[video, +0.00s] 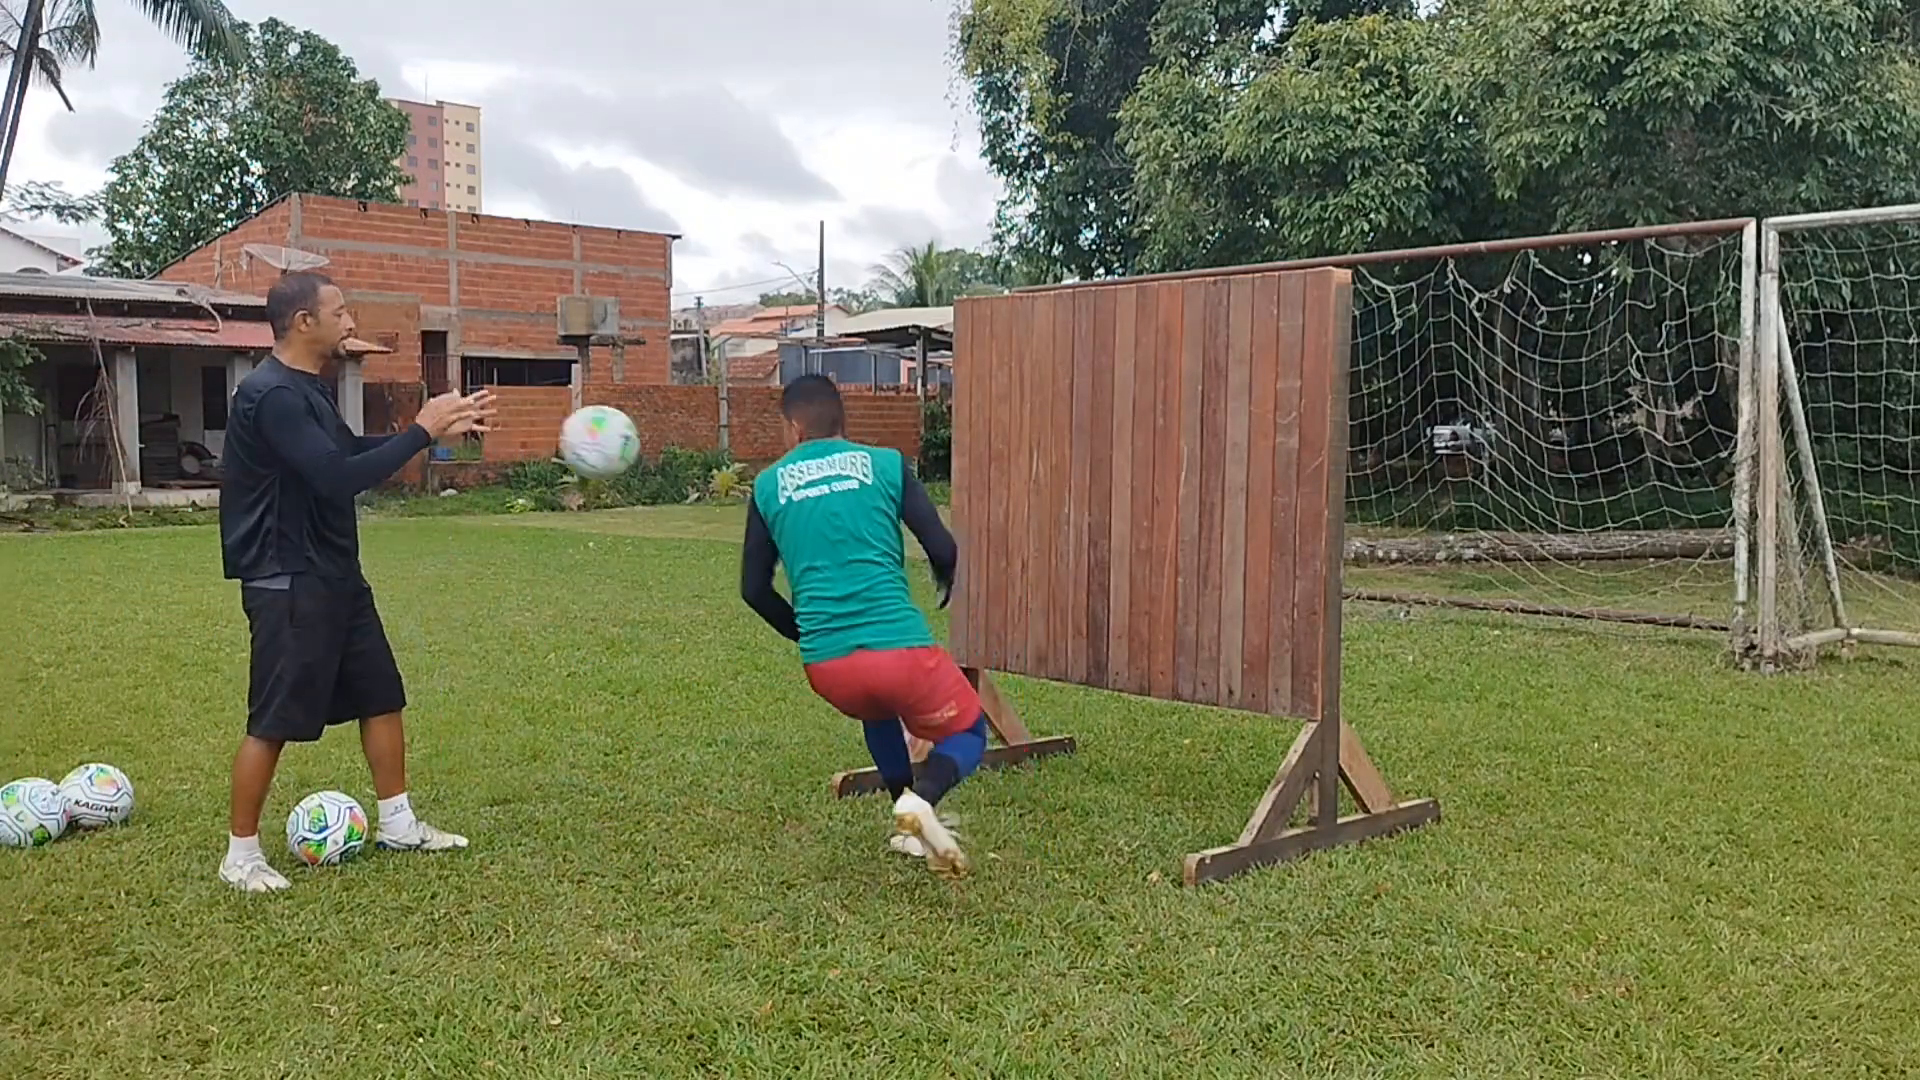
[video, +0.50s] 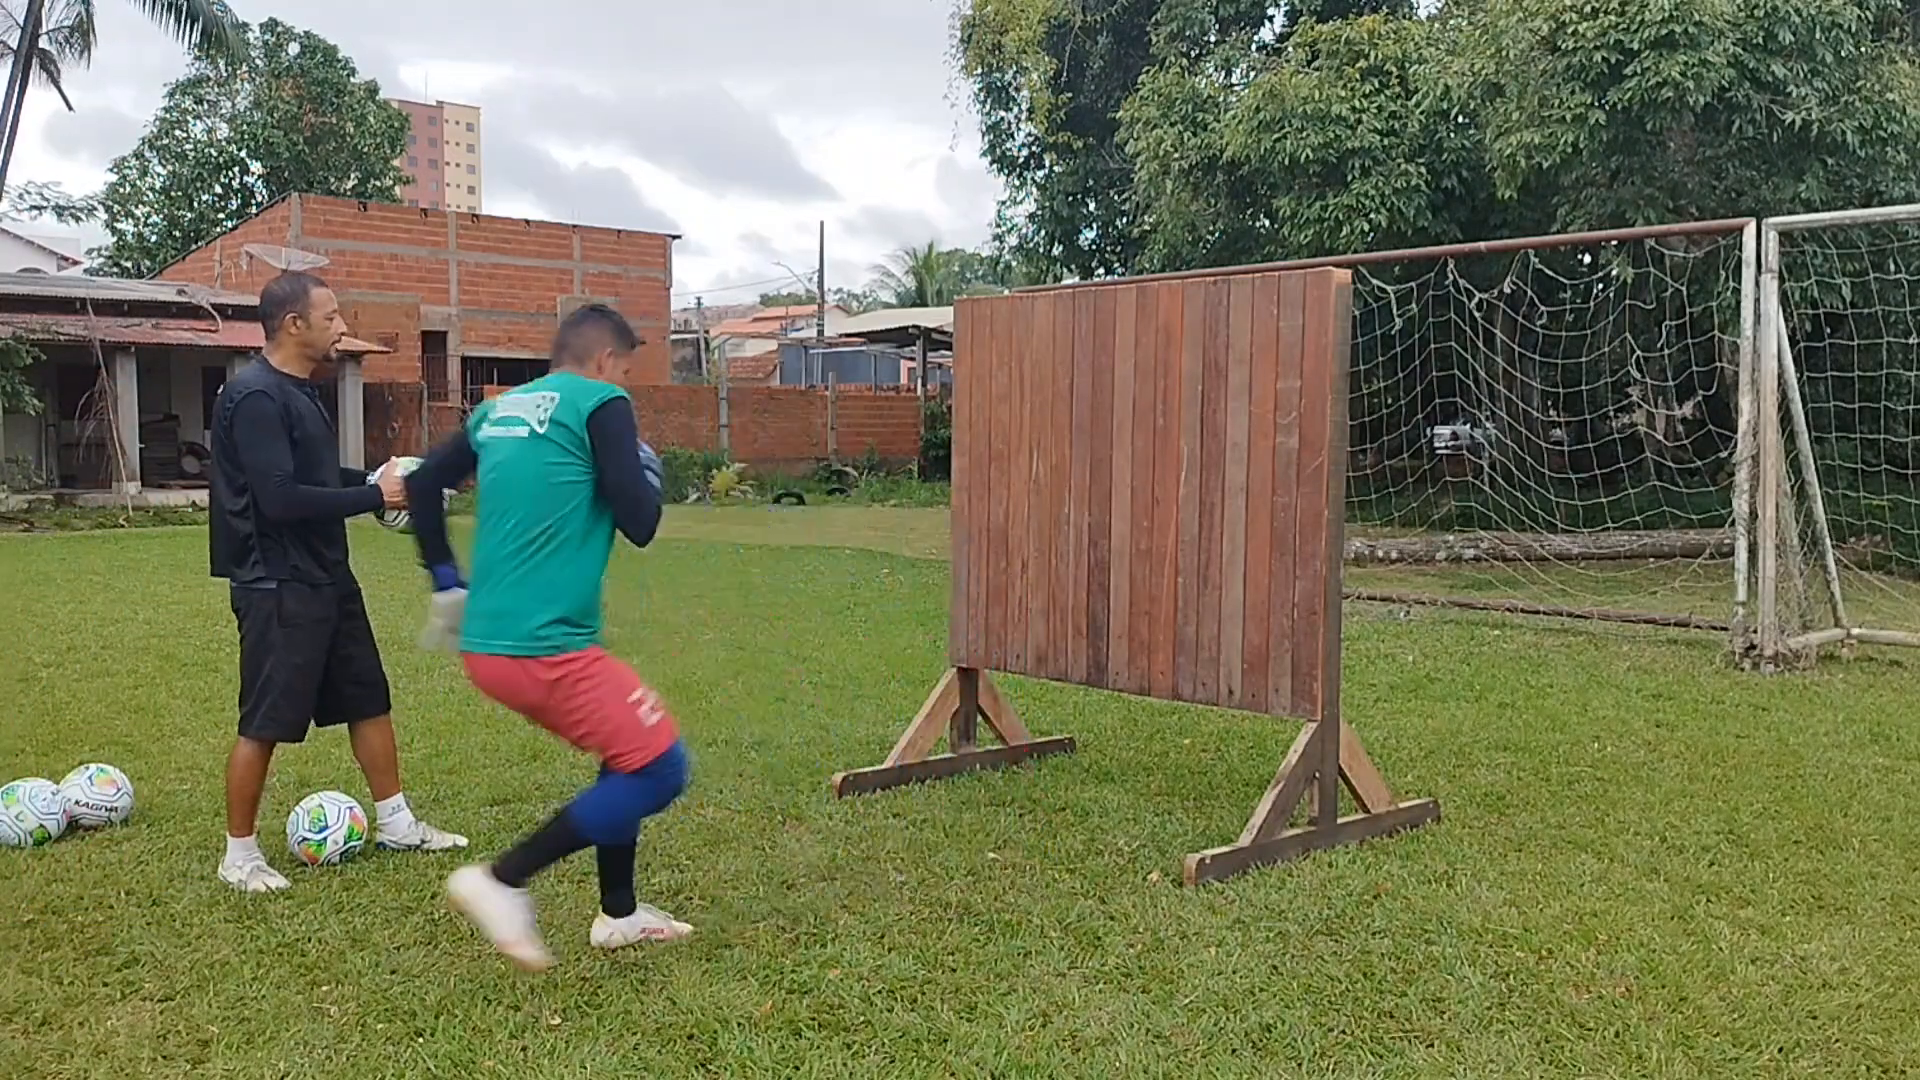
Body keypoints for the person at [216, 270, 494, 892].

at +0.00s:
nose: (351, 323)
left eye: (348, 311)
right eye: (340, 313)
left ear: (305, 323)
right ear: (303, 323)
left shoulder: (308, 387)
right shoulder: (274, 395)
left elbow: (352, 456)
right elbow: (338, 478)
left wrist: (431, 430)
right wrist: (421, 430)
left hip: (336, 578)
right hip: (286, 583)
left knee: (381, 696)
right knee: (273, 719)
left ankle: (398, 825)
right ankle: (241, 856)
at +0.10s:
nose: (344, 323)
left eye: (341, 311)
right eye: (333, 312)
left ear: (296, 321)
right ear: (296, 322)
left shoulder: (304, 386)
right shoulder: (269, 390)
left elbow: (344, 459)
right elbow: (342, 466)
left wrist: (419, 433)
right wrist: (424, 425)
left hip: (333, 576)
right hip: (284, 581)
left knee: (373, 697)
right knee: (271, 718)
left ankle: (396, 823)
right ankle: (241, 856)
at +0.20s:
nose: (343, 323)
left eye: (339, 311)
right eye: (331, 313)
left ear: (292, 324)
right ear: (293, 324)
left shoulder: (297, 386)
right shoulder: (273, 393)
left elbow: (331, 470)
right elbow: (331, 478)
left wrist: (397, 445)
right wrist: (404, 447)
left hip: (330, 580)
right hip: (285, 585)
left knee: (367, 701)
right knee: (270, 722)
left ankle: (396, 823)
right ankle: (241, 856)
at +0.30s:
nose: (342, 325)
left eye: (338, 313)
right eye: (331, 314)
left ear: (291, 324)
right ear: (293, 324)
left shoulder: (293, 387)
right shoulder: (270, 395)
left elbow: (319, 482)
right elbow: (309, 490)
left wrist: (386, 470)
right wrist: (385, 468)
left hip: (325, 581)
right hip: (283, 586)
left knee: (364, 701)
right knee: (269, 722)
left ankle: (395, 824)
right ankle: (241, 856)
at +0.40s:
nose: (342, 325)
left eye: (338, 314)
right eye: (331, 315)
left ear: (293, 325)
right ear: (292, 325)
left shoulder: (296, 391)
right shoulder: (264, 396)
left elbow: (316, 488)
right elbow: (297, 496)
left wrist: (382, 488)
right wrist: (380, 479)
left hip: (324, 581)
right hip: (279, 586)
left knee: (363, 702)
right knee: (266, 723)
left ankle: (396, 824)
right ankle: (240, 855)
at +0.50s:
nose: (342, 327)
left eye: (339, 315)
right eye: (331, 316)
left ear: (295, 326)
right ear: (291, 325)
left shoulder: (301, 392)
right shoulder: (255, 397)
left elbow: (316, 481)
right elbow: (278, 499)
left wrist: (376, 481)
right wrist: (374, 496)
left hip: (328, 580)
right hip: (277, 586)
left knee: (367, 699)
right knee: (264, 722)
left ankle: (396, 825)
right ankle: (240, 855)